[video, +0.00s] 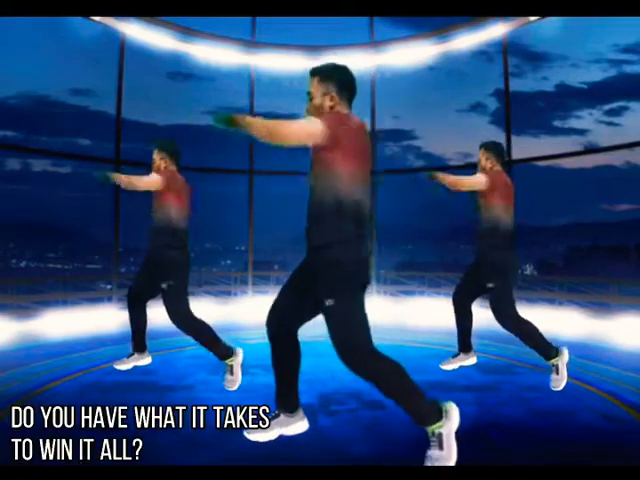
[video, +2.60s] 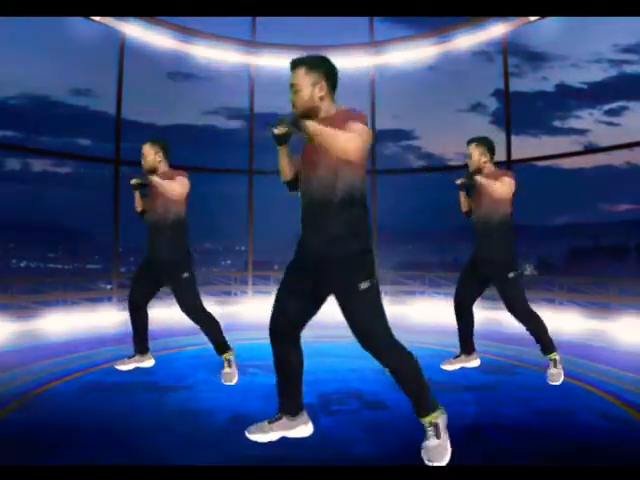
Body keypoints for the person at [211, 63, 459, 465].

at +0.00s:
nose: (309, 103)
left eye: (314, 95)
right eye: (310, 96)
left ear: (332, 96)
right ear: (339, 97)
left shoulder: (335, 127)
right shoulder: (351, 129)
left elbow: (278, 133)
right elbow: (285, 133)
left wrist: (242, 121)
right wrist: (251, 122)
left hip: (339, 259)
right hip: (332, 256)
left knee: (356, 353)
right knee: (280, 323)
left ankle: (437, 418)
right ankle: (288, 414)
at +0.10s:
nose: (308, 102)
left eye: (312, 95)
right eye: (308, 96)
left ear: (331, 95)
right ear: (337, 97)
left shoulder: (336, 125)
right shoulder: (349, 128)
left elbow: (275, 131)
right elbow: (283, 131)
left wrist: (237, 116)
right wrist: (248, 119)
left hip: (341, 259)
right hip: (328, 257)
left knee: (365, 351)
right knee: (278, 326)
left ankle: (443, 421)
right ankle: (288, 414)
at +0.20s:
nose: (299, 96)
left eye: (303, 89)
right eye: (299, 89)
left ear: (326, 90)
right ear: (319, 93)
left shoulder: (352, 122)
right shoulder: (316, 133)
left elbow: (351, 156)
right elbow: (299, 184)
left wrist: (309, 125)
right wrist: (291, 144)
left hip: (349, 255)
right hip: (317, 254)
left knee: (373, 344)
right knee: (281, 329)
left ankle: (441, 422)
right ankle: (289, 414)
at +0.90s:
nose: (335, 100)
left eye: (344, 91)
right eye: (327, 93)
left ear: (360, 94)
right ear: (319, 99)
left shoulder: (383, 133)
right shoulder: (311, 146)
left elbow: (406, 185)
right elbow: (285, 198)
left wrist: (364, 138)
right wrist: (271, 154)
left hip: (376, 267)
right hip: (323, 267)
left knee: (405, 355)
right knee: (282, 336)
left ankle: (416, 428)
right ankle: (288, 413)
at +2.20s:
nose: (315, 93)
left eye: (324, 85)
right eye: (309, 86)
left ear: (342, 91)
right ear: (303, 92)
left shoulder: (362, 134)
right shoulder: (308, 136)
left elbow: (376, 190)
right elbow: (280, 159)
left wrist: (335, 159)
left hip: (345, 259)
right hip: (310, 259)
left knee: (363, 347)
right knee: (275, 329)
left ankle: (434, 412)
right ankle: (291, 414)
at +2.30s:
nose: (296, 98)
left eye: (304, 91)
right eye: (297, 91)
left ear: (328, 94)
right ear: (323, 96)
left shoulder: (330, 131)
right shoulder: (333, 131)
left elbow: (297, 153)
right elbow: (298, 156)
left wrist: (264, 133)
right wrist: (268, 137)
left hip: (336, 262)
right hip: (319, 261)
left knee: (362, 349)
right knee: (277, 325)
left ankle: (437, 414)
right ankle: (291, 414)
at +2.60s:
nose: (292, 96)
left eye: (297, 88)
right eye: (292, 89)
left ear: (321, 87)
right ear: (312, 90)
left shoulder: (353, 122)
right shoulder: (308, 133)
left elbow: (353, 150)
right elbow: (292, 182)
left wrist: (307, 123)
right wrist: (283, 145)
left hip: (350, 253)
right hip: (312, 253)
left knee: (378, 341)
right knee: (282, 330)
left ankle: (432, 417)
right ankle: (292, 416)